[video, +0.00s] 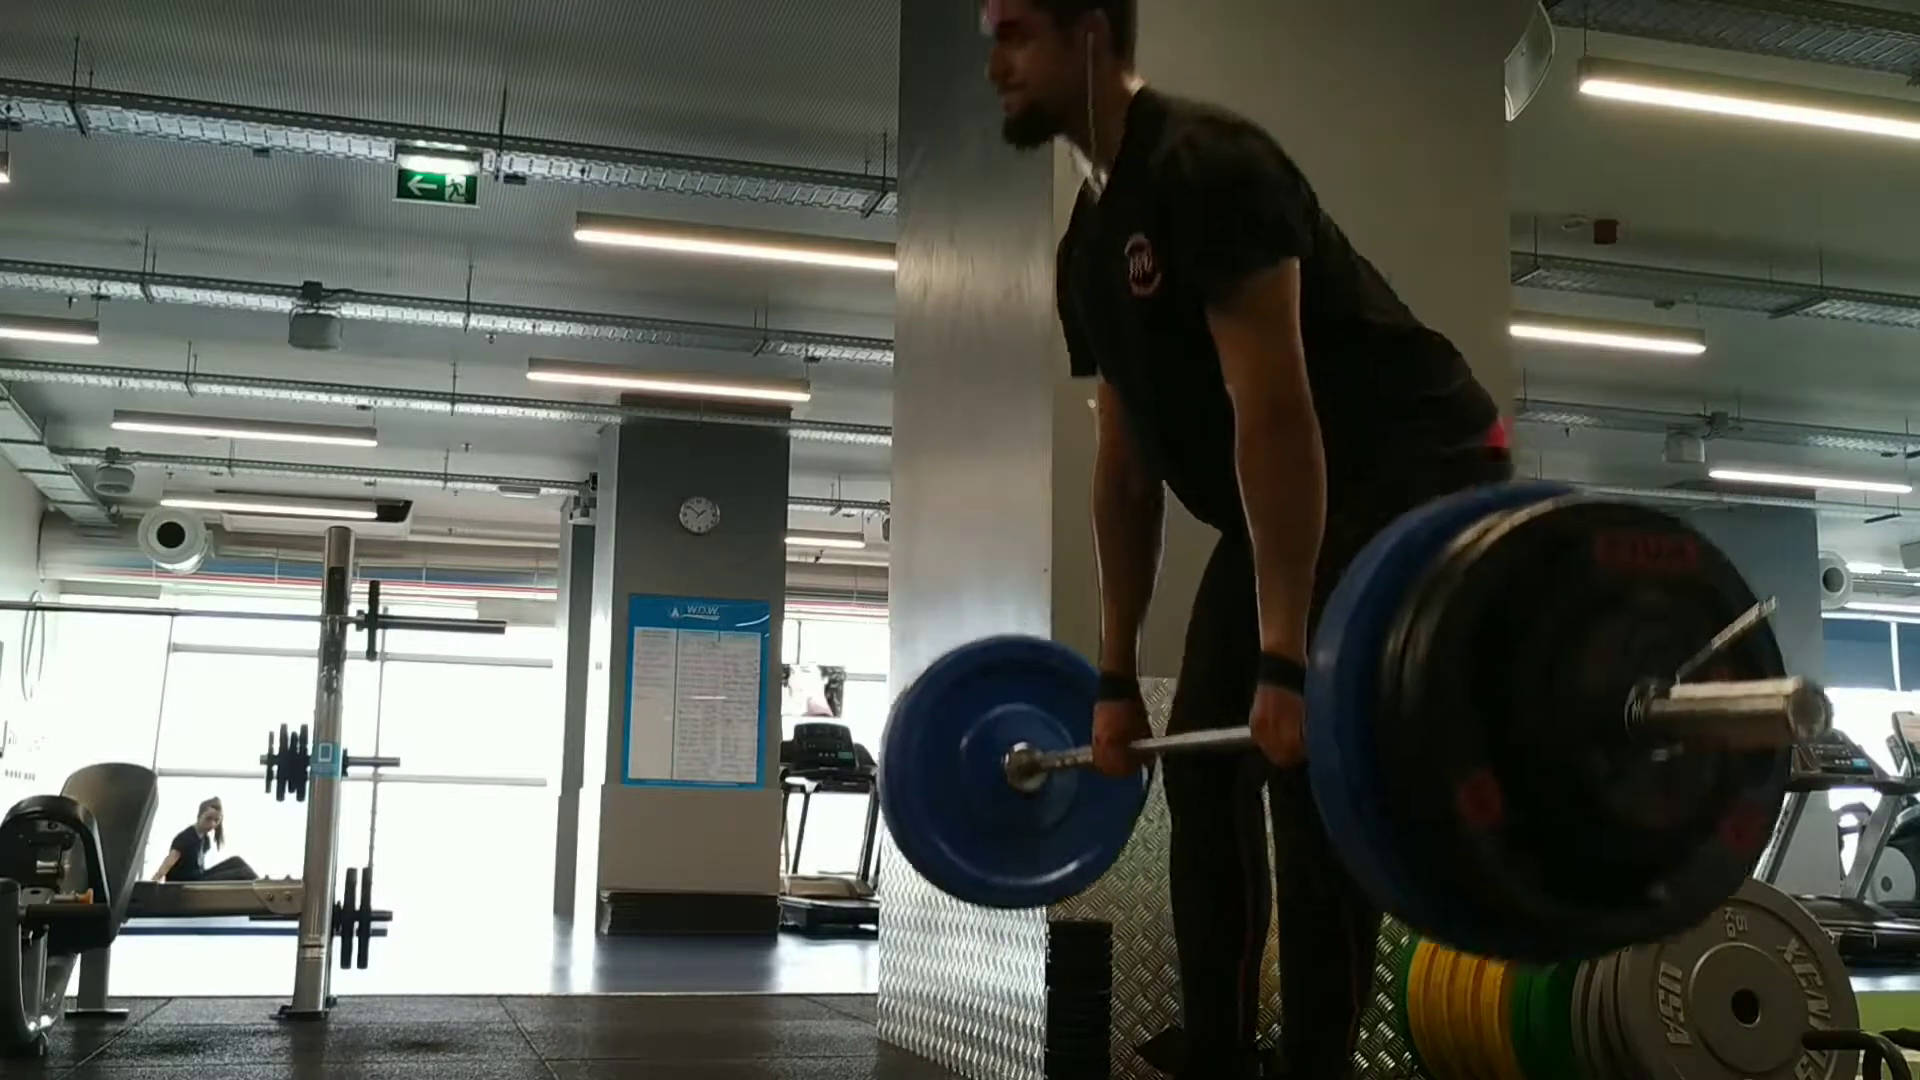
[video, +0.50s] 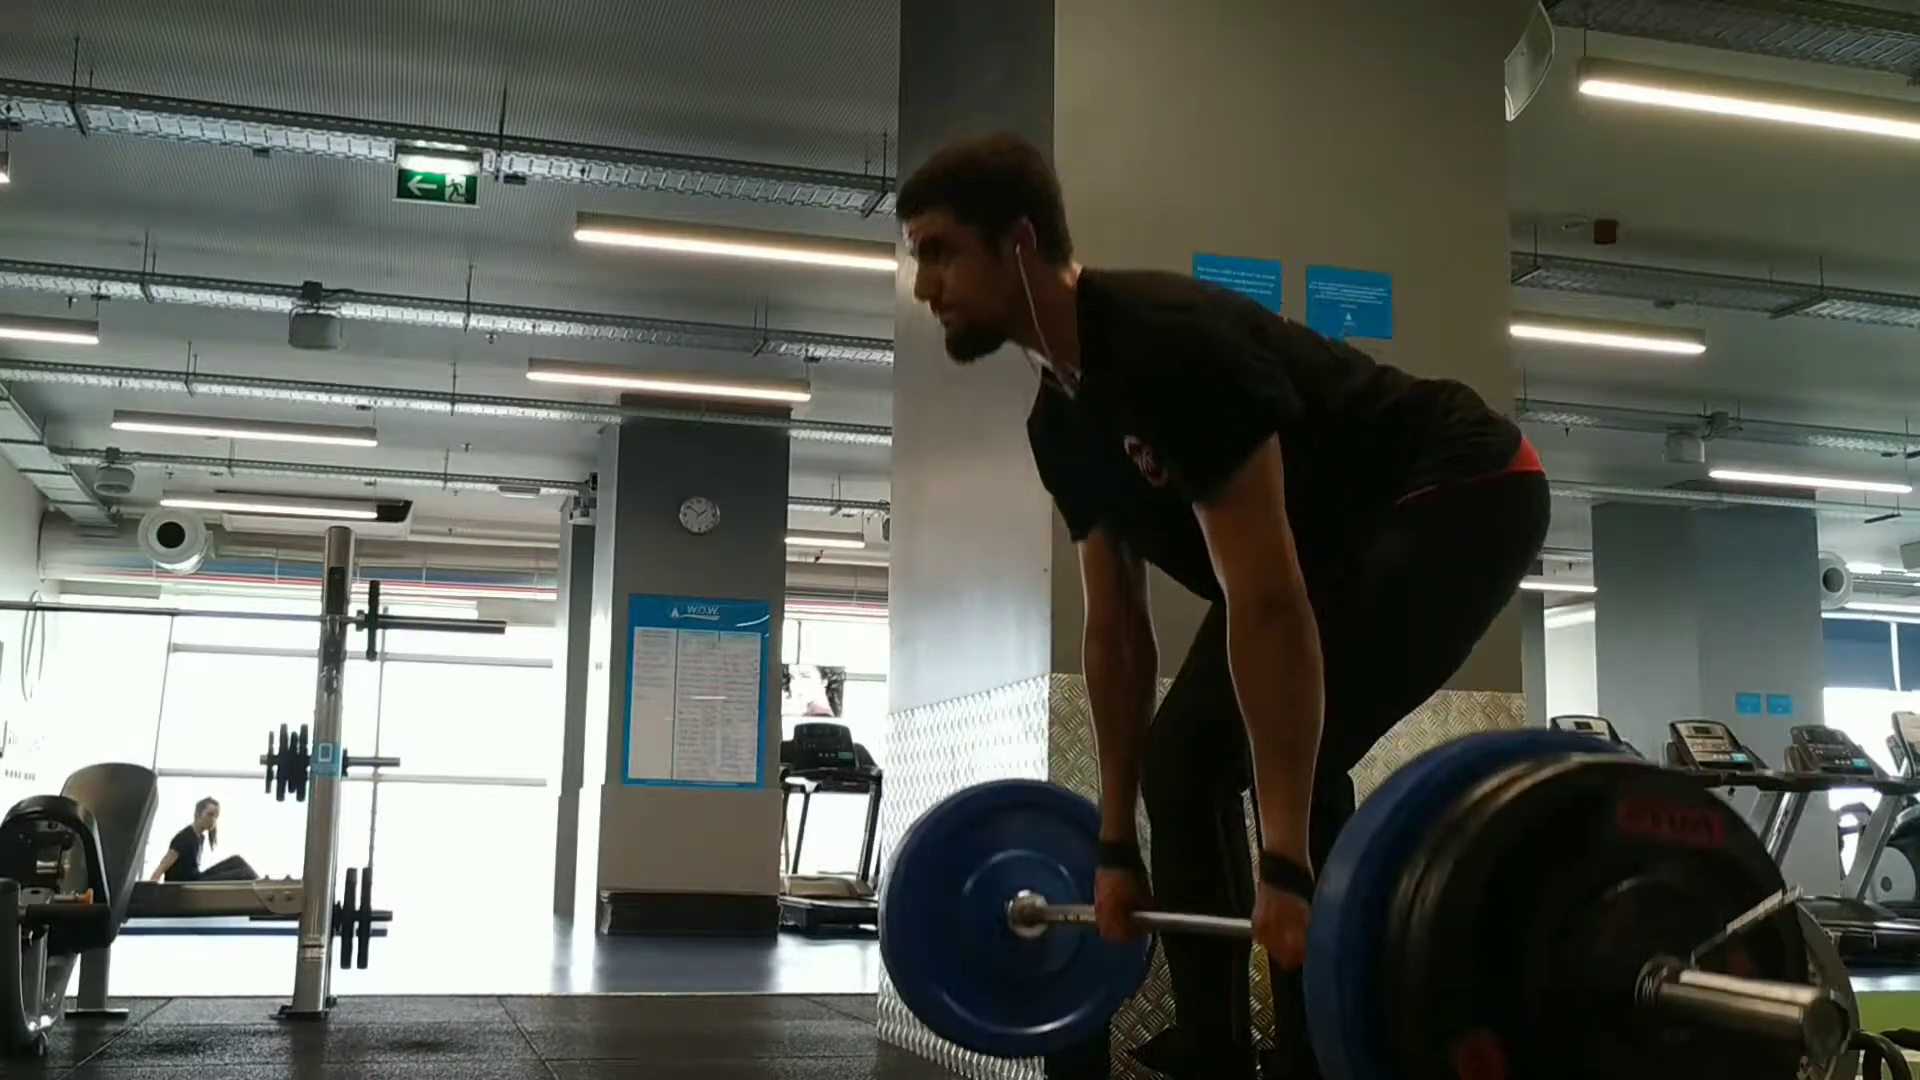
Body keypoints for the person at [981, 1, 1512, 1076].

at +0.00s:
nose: (993, 69)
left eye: (1013, 38)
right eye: (990, 44)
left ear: (1093, 34)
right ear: (1075, 49)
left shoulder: (1207, 163)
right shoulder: (1090, 241)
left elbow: (1280, 421)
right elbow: (1123, 468)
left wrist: (1283, 661)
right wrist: (1118, 670)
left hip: (1405, 493)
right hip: (1279, 508)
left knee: (1316, 758)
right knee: (1201, 755)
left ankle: (1317, 1058)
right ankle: (1212, 1047)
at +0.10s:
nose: (972, 120)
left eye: (989, 90)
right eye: (966, 97)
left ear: (1067, 84)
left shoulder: (1201, 204)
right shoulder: (1078, 285)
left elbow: (1277, 456)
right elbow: (1123, 497)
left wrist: (1285, 705)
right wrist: (1116, 714)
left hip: (1423, 488)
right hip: (1285, 516)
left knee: (1314, 766)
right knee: (1199, 756)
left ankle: (1316, 1059)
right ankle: (1213, 1049)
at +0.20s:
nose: (959, 164)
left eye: (975, 134)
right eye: (952, 141)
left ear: (1056, 124)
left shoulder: (1186, 238)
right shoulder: (1072, 323)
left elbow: (1275, 500)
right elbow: (1120, 532)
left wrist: (1284, 751)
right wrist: (1116, 750)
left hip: (1437, 485)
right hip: (1297, 519)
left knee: (1310, 766)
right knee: (1195, 756)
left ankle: (1313, 1056)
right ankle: (1210, 1043)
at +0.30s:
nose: (941, 208)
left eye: (959, 178)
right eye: (934, 184)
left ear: (1042, 169)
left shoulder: (1181, 277)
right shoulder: (1066, 362)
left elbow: (1271, 541)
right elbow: (1117, 575)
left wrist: (1284, 789)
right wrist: (1116, 782)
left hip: (1445, 487)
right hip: (1304, 526)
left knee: (1310, 776)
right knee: (1186, 760)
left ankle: (1315, 1055)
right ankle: (1210, 1045)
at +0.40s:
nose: (928, 254)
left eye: (945, 221)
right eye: (923, 228)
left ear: (1028, 210)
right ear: (1013, 221)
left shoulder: (1172, 310)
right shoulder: (1062, 396)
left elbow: (1271, 579)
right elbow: (1113, 604)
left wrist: (1286, 830)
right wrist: (1115, 819)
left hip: (1451, 487)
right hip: (1312, 525)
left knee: (1306, 771)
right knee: (1181, 759)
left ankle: (1315, 1051)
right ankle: (1211, 1044)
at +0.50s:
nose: (922, 288)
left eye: (938, 255)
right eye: (918, 263)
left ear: (1020, 242)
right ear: (1012, 252)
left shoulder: (1172, 341)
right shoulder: (1061, 424)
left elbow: (1270, 605)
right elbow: (1114, 631)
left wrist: (1287, 868)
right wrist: (1116, 843)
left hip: (1458, 491)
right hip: (1318, 530)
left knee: (1295, 754)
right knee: (1179, 758)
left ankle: (1312, 1047)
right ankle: (1210, 1037)